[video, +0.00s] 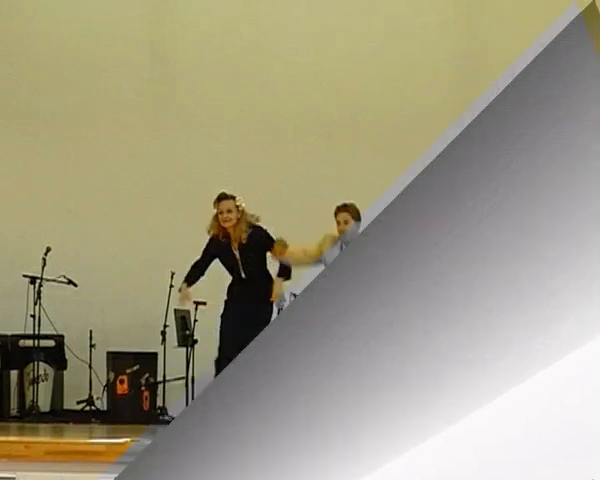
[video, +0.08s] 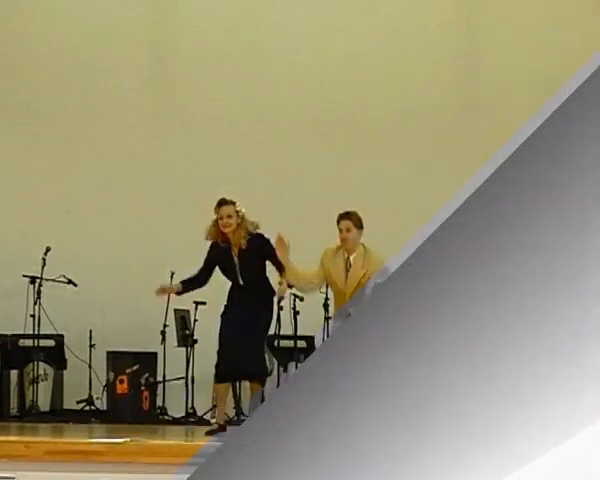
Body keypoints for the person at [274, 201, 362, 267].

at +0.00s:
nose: (341, 228)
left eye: (346, 223)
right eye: (338, 223)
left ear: (357, 224)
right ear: (336, 225)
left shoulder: (366, 247)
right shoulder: (329, 244)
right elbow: (308, 256)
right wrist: (284, 255)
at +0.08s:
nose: (343, 235)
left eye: (348, 231)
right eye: (340, 231)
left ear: (360, 232)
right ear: (338, 233)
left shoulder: (375, 262)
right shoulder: (329, 257)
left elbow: (381, 297)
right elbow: (310, 284)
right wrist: (285, 264)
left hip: (367, 323)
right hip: (340, 323)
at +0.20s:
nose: (344, 238)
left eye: (349, 233)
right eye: (341, 233)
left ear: (361, 235)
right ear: (338, 236)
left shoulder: (374, 263)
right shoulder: (333, 262)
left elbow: (363, 301)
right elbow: (325, 302)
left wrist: (338, 287)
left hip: (377, 328)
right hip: (347, 328)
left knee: (381, 368)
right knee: (328, 365)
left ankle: (386, 422)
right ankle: (332, 422)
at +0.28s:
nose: (346, 228)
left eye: (351, 223)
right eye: (343, 223)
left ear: (363, 224)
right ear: (340, 226)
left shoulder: (376, 251)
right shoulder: (335, 250)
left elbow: (372, 288)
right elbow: (321, 279)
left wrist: (346, 297)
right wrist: (329, 290)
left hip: (377, 320)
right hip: (348, 320)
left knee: (383, 365)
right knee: (330, 362)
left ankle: (391, 424)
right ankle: (329, 423)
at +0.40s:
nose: (351, 211)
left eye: (356, 206)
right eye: (348, 207)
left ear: (368, 208)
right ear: (345, 209)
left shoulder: (383, 236)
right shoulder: (339, 230)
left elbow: (383, 281)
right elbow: (314, 249)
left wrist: (375, 319)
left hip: (377, 304)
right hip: (345, 304)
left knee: (389, 356)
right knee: (335, 356)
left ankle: (389, 415)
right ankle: (330, 416)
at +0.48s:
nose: (356, 211)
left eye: (361, 206)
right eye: (352, 206)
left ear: (372, 207)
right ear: (348, 208)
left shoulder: (386, 236)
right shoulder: (342, 229)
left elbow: (390, 281)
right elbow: (322, 236)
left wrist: (384, 317)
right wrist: (340, 209)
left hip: (378, 307)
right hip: (347, 305)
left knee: (395, 354)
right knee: (338, 357)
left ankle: (381, 412)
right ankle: (329, 417)